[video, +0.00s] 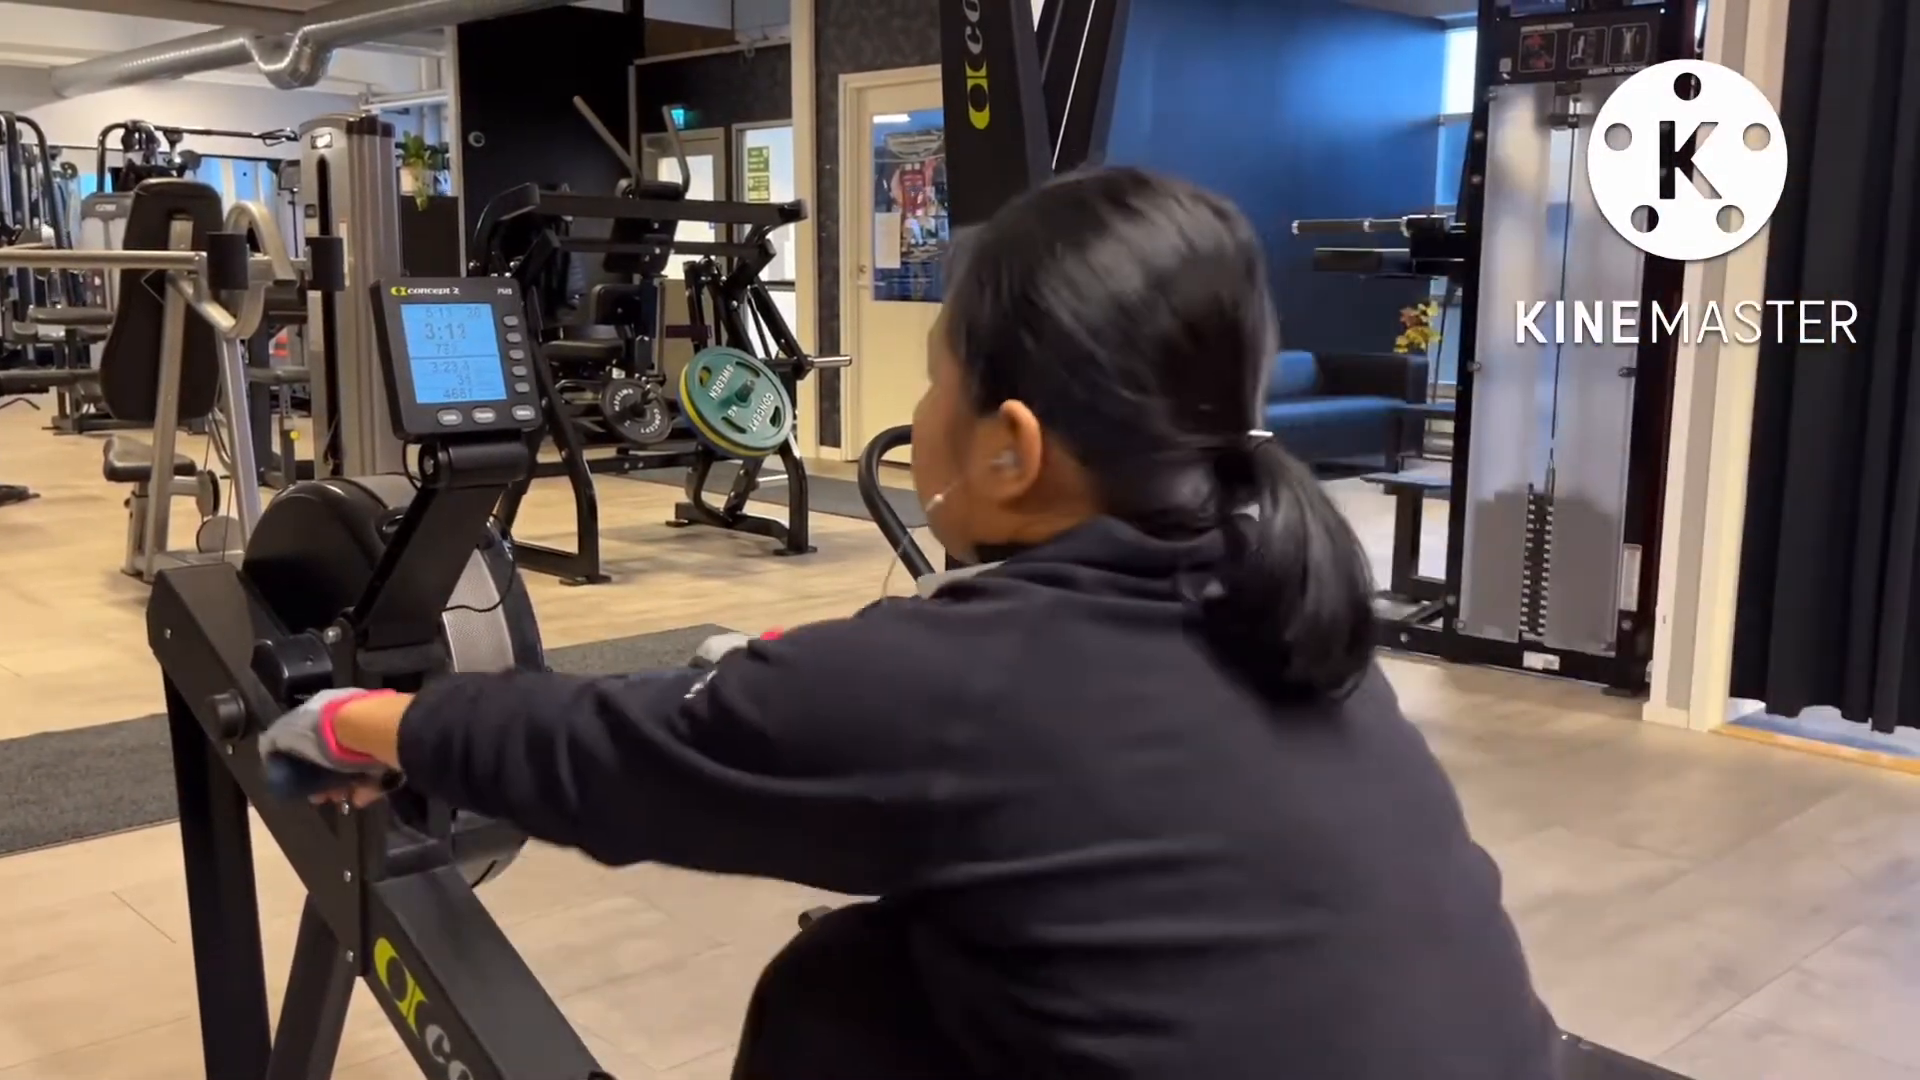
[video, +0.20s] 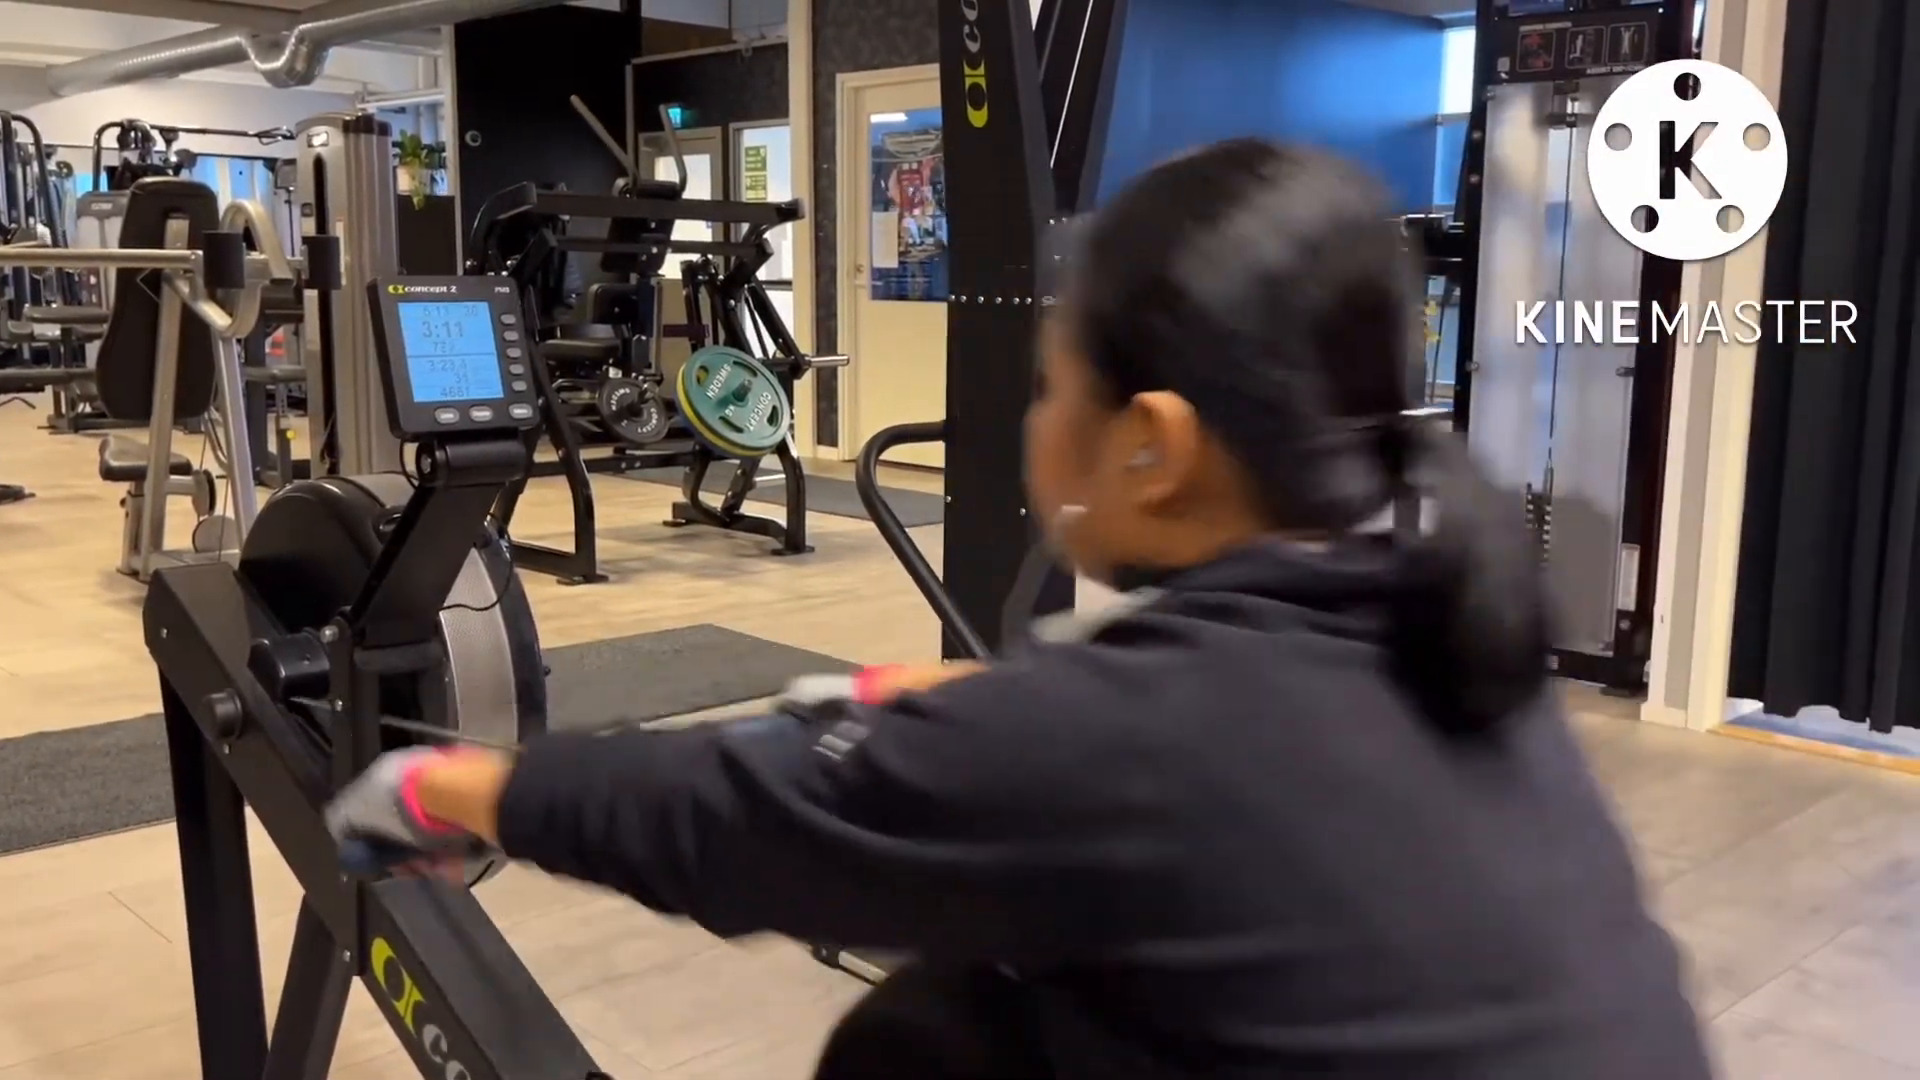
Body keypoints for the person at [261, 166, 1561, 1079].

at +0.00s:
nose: (916, 419)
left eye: (934, 383)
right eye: (930, 375)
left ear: (1018, 447)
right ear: (1210, 423)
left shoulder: (961, 674)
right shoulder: (1297, 594)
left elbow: (638, 744)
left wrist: (385, 725)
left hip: (1237, 1066)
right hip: (1490, 1048)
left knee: (831, 977)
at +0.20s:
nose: (1029, 434)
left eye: (1051, 396)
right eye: (1039, 392)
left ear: (1163, 445)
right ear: (1353, 413)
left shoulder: (1115, 723)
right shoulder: (1458, 603)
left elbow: (764, 807)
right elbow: (1242, 693)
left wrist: (496, 791)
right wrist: (975, 692)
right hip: (1639, 1047)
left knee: (926, 1022)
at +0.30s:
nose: (1172, 425)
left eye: (1199, 386)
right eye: (1185, 379)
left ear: (1338, 448)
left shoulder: (1250, 788)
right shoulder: (1650, 659)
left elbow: (875, 901)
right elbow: (1397, 751)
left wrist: (602, 866)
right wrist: (1112, 747)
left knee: (1001, 1046)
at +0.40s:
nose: (1354, 440)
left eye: (1383, 390)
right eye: (1364, 386)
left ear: (1560, 443)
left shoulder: (1454, 843)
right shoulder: (1839, 717)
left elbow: (1051, 965)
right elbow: (1474, 772)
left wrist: (702, 917)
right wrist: (1184, 778)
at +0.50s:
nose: (1570, 442)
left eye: (1618, 362)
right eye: (1593, 359)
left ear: (1837, 439)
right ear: (1837, 444)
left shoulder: (1715, 897)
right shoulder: (1848, 747)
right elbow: (1577, 814)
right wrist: (1180, 806)